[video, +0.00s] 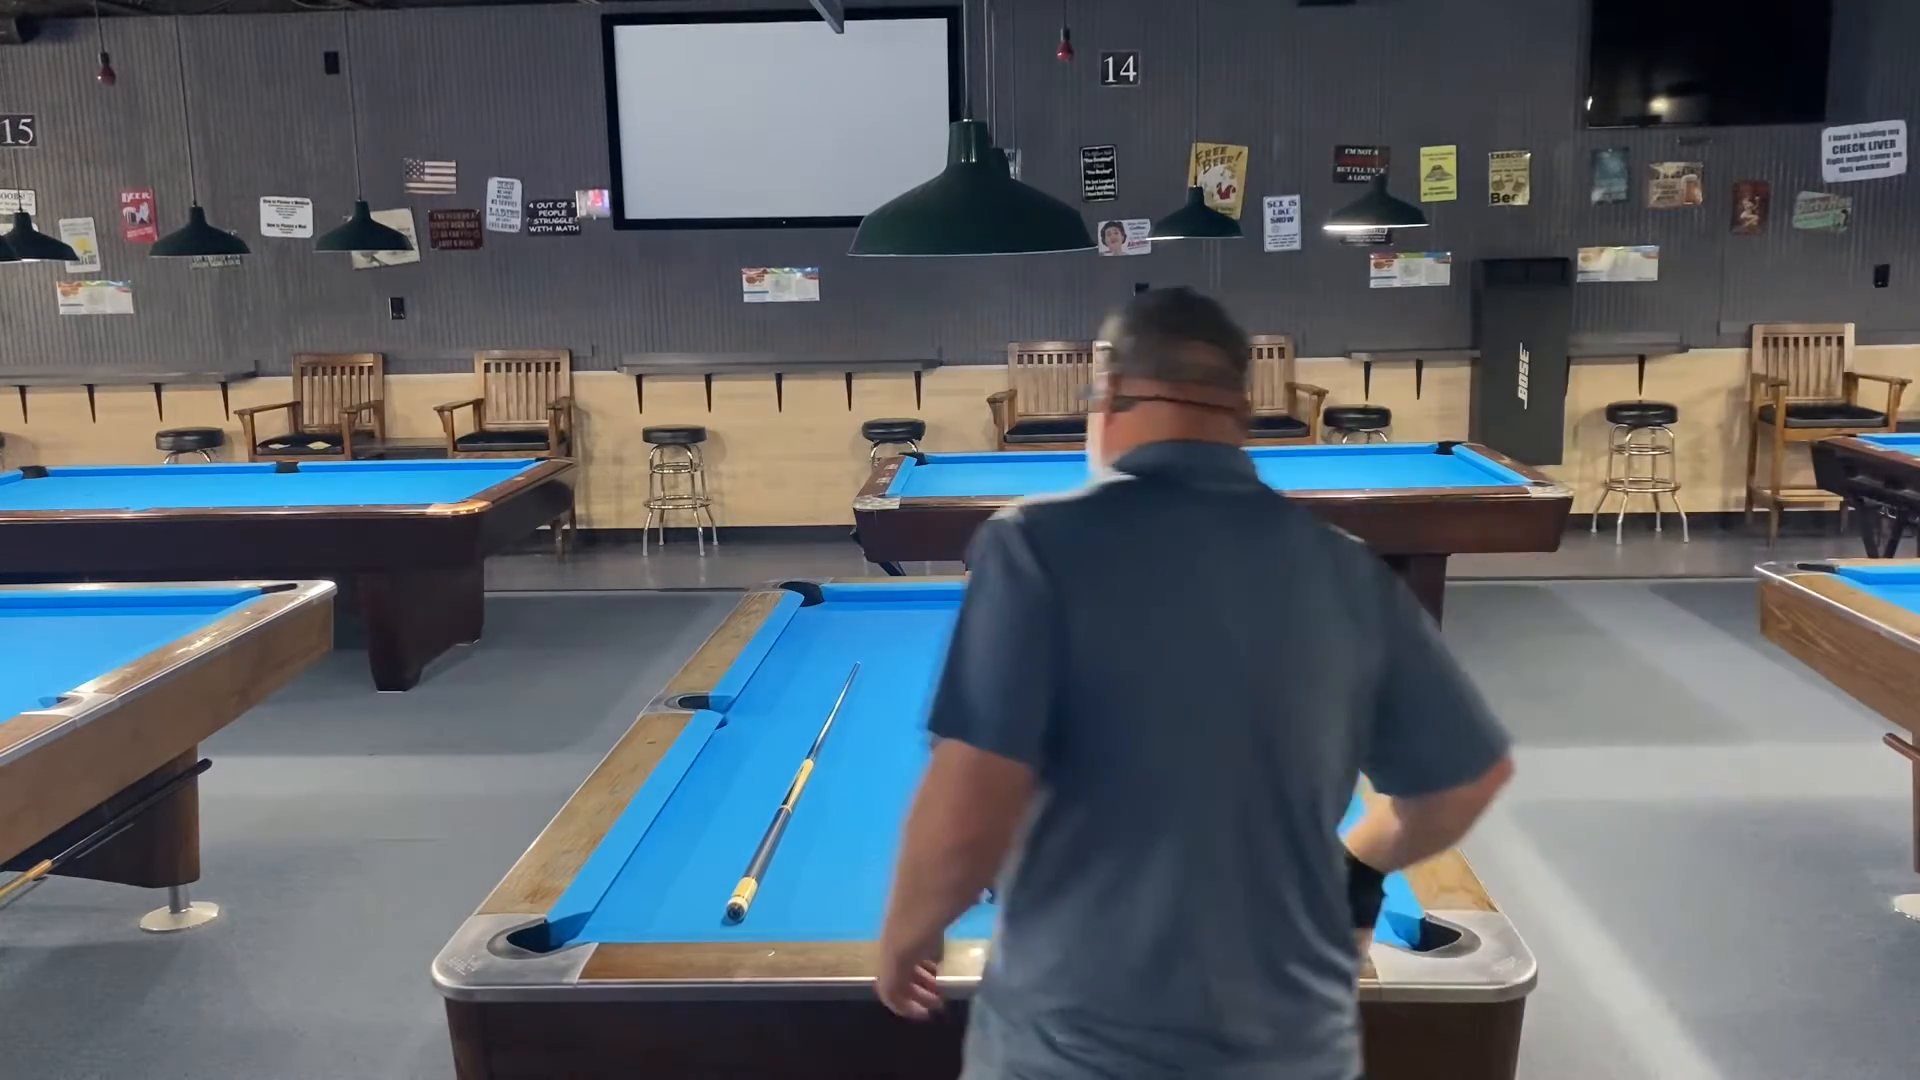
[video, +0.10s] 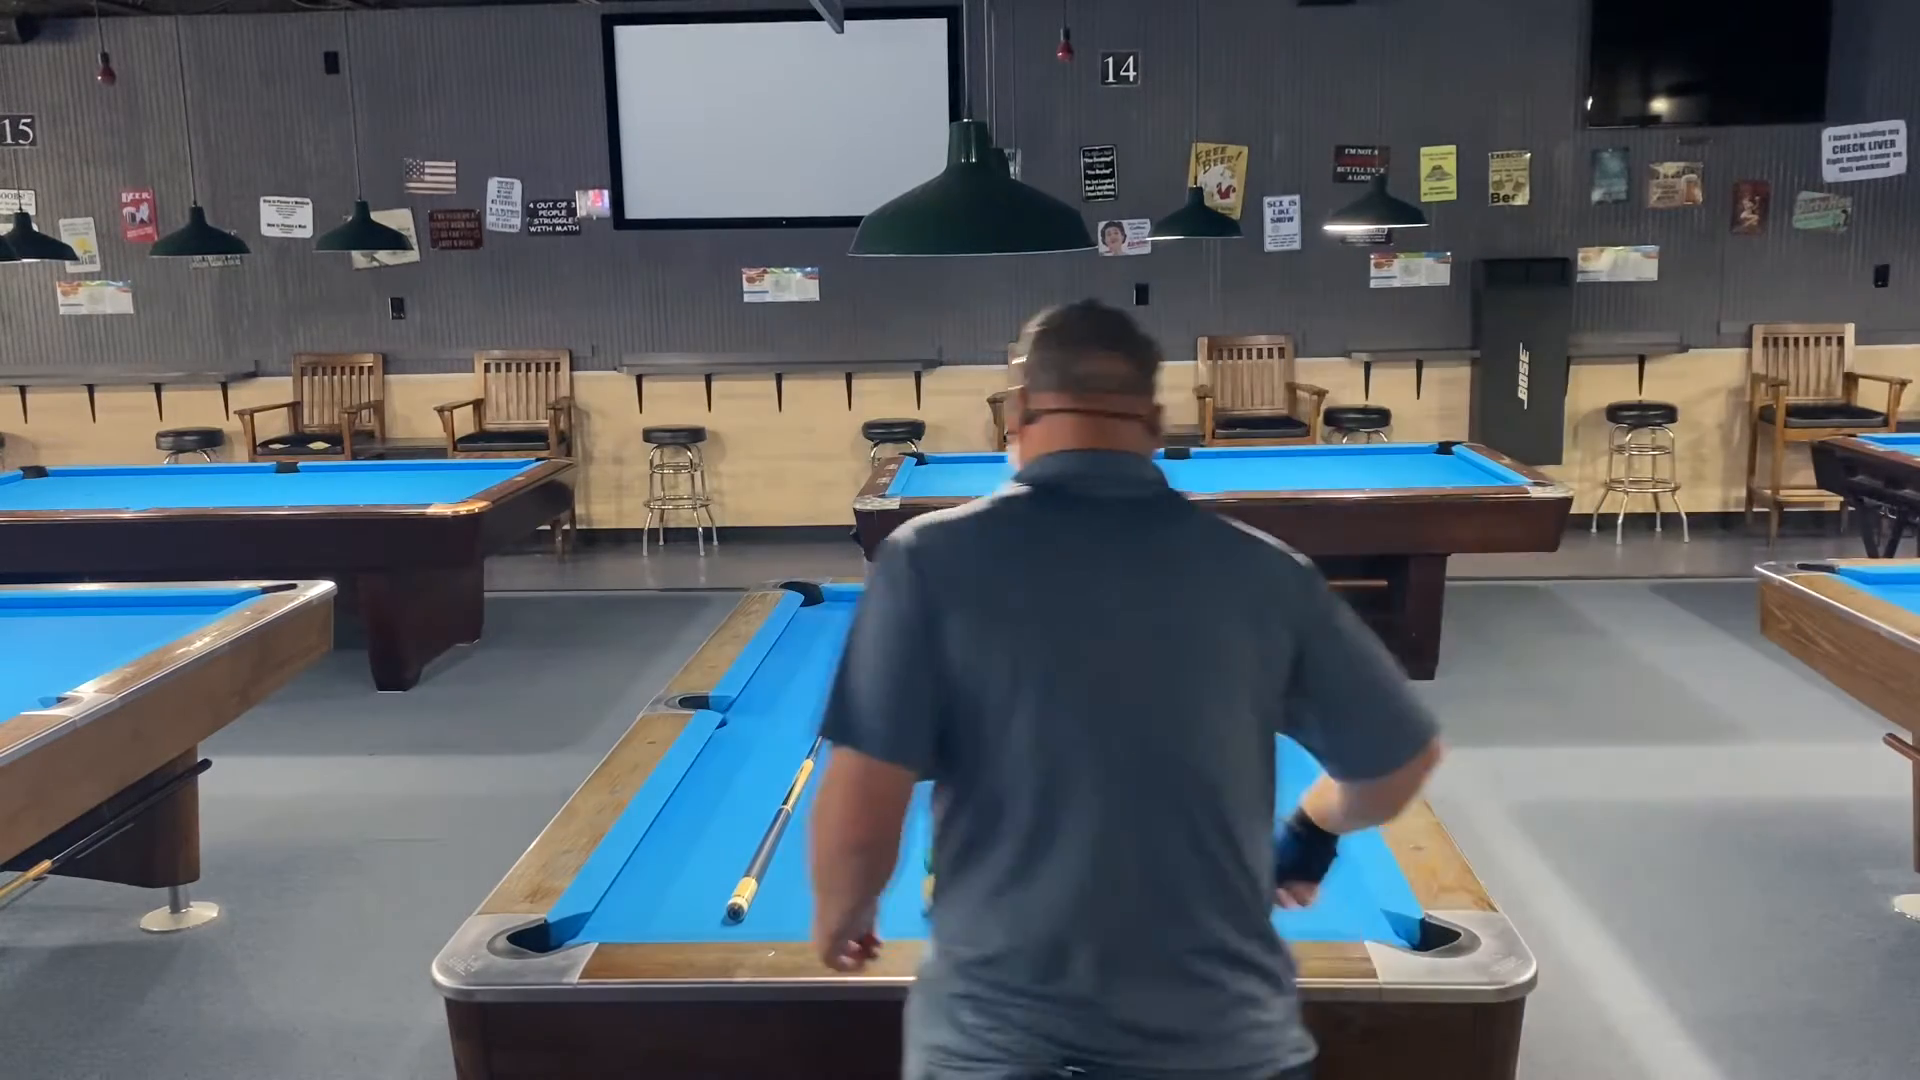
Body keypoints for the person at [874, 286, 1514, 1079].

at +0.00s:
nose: (1093, 427)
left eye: (1094, 407)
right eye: (1098, 407)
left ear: (1110, 406)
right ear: (1242, 412)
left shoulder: (1042, 547)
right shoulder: (1341, 566)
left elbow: (973, 810)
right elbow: (1470, 766)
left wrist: (903, 940)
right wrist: (1354, 868)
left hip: (1076, 1041)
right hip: (1297, 1040)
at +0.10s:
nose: (1009, 426)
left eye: (1008, 415)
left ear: (1016, 416)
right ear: (1155, 424)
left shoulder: (930, 562)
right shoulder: (1260, 570)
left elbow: (857, 817)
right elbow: (1404, 750)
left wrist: (843, 922)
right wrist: (1314, 826)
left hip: (996, 1040)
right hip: (1228, 1039)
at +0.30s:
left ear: (889, 418)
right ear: (1020, 410)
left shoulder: (792, 559)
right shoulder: (1123, 552)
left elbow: (716, 783)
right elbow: (1232, 750)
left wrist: (790, 845)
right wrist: (1180, 779)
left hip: (882, 1026)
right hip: (1096, 1028)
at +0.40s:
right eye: (985, 404)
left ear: (859, 416)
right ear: (986, 407)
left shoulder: (767, 550)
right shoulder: (1080, 540)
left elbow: (714, 757)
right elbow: (1176, 739)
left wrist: (814, 814)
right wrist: (1120, 768)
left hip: (862, 1022)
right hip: (1073, 1023)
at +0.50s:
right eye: (974, 412)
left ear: (851, 426)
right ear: (973, 415)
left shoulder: (764, 548)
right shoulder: (1061, 538)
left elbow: (738, 742)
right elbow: (1142, 731)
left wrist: (817, 812)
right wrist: (1084, 767)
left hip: (844, 1014)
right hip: (1049, 1016)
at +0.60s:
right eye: (978, 427)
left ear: (852, 437)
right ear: (970, 426)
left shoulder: (771, 552)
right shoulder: (1057, 541)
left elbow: (773, 741)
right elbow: (1123, 728)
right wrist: (1070, 778)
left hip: (837, 1005)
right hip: (1041, 1005)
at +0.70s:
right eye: (986, 448)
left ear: (864, 452)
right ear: (979, 443)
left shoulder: (782, 554)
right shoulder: (1061, 549)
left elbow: (788, 733)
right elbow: (1120, 743)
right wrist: (1063, 796)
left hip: (839, 993)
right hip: (1044, 997)